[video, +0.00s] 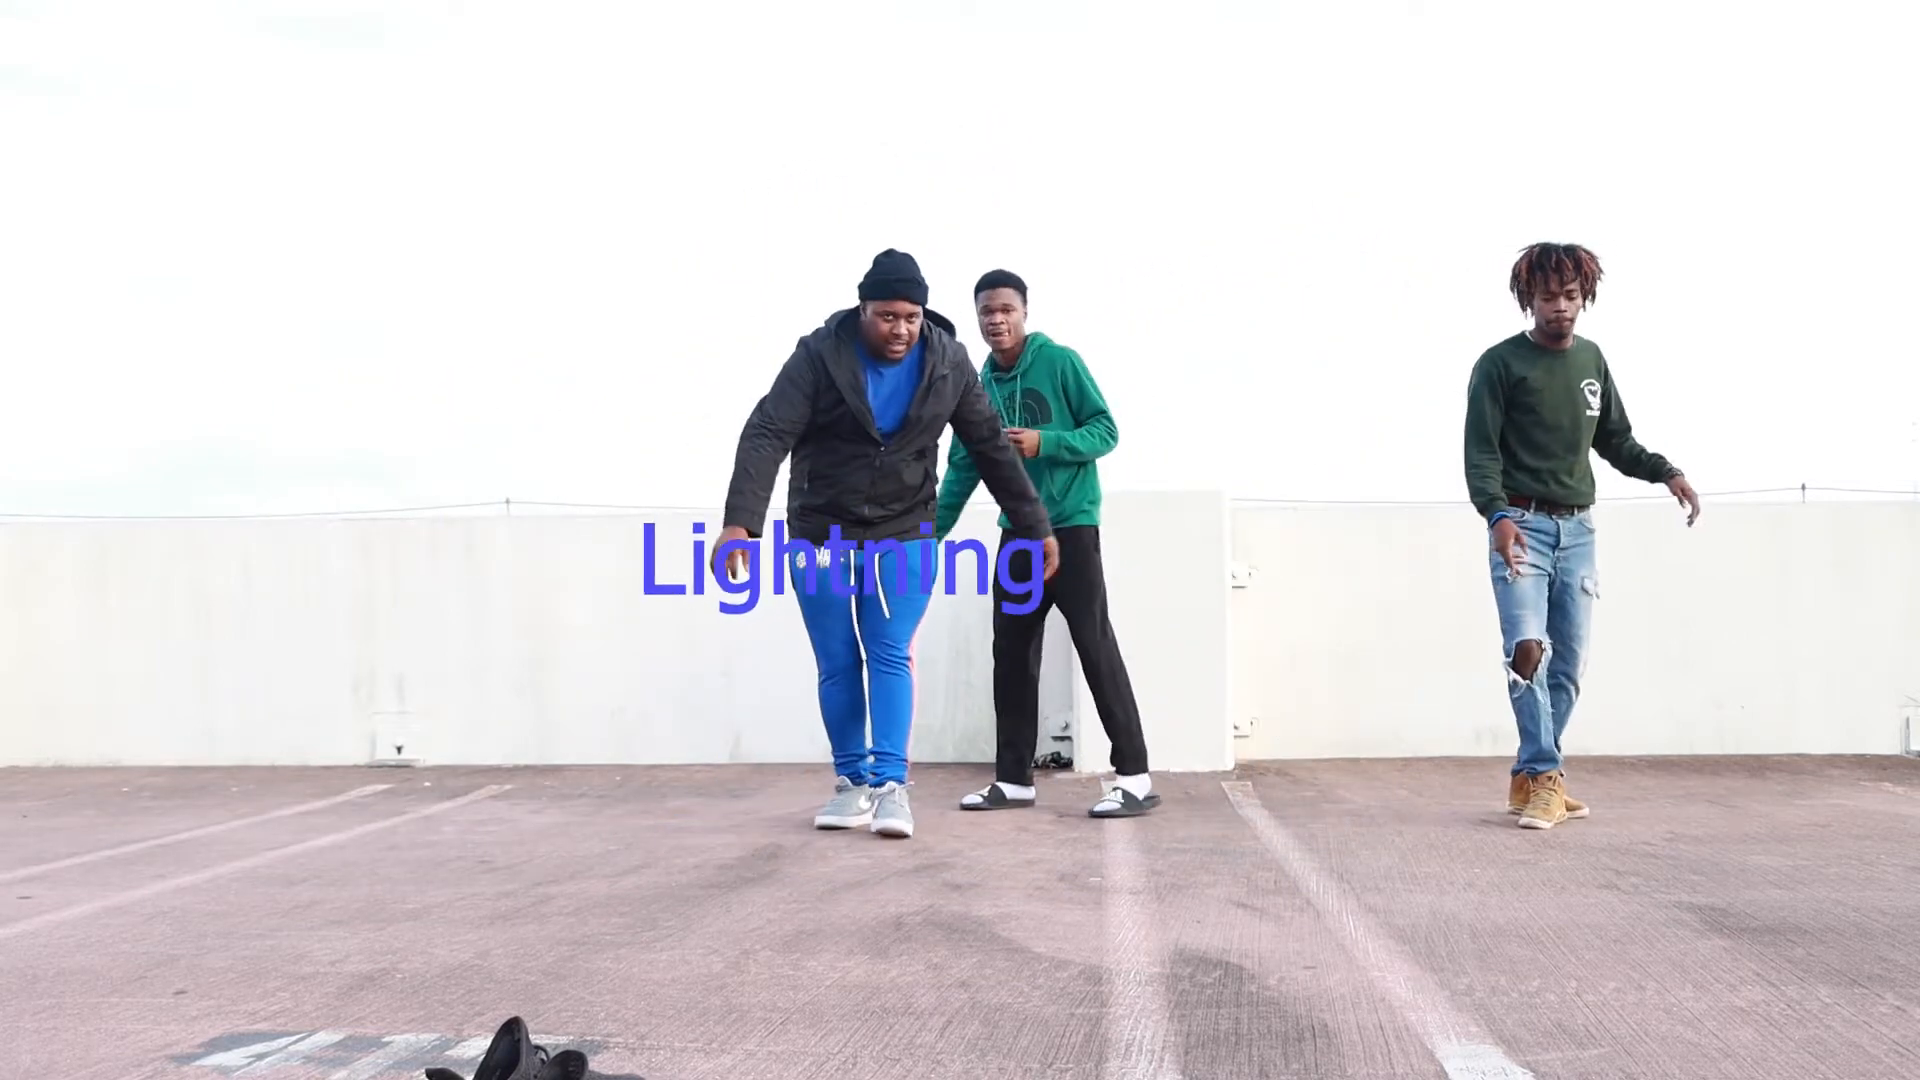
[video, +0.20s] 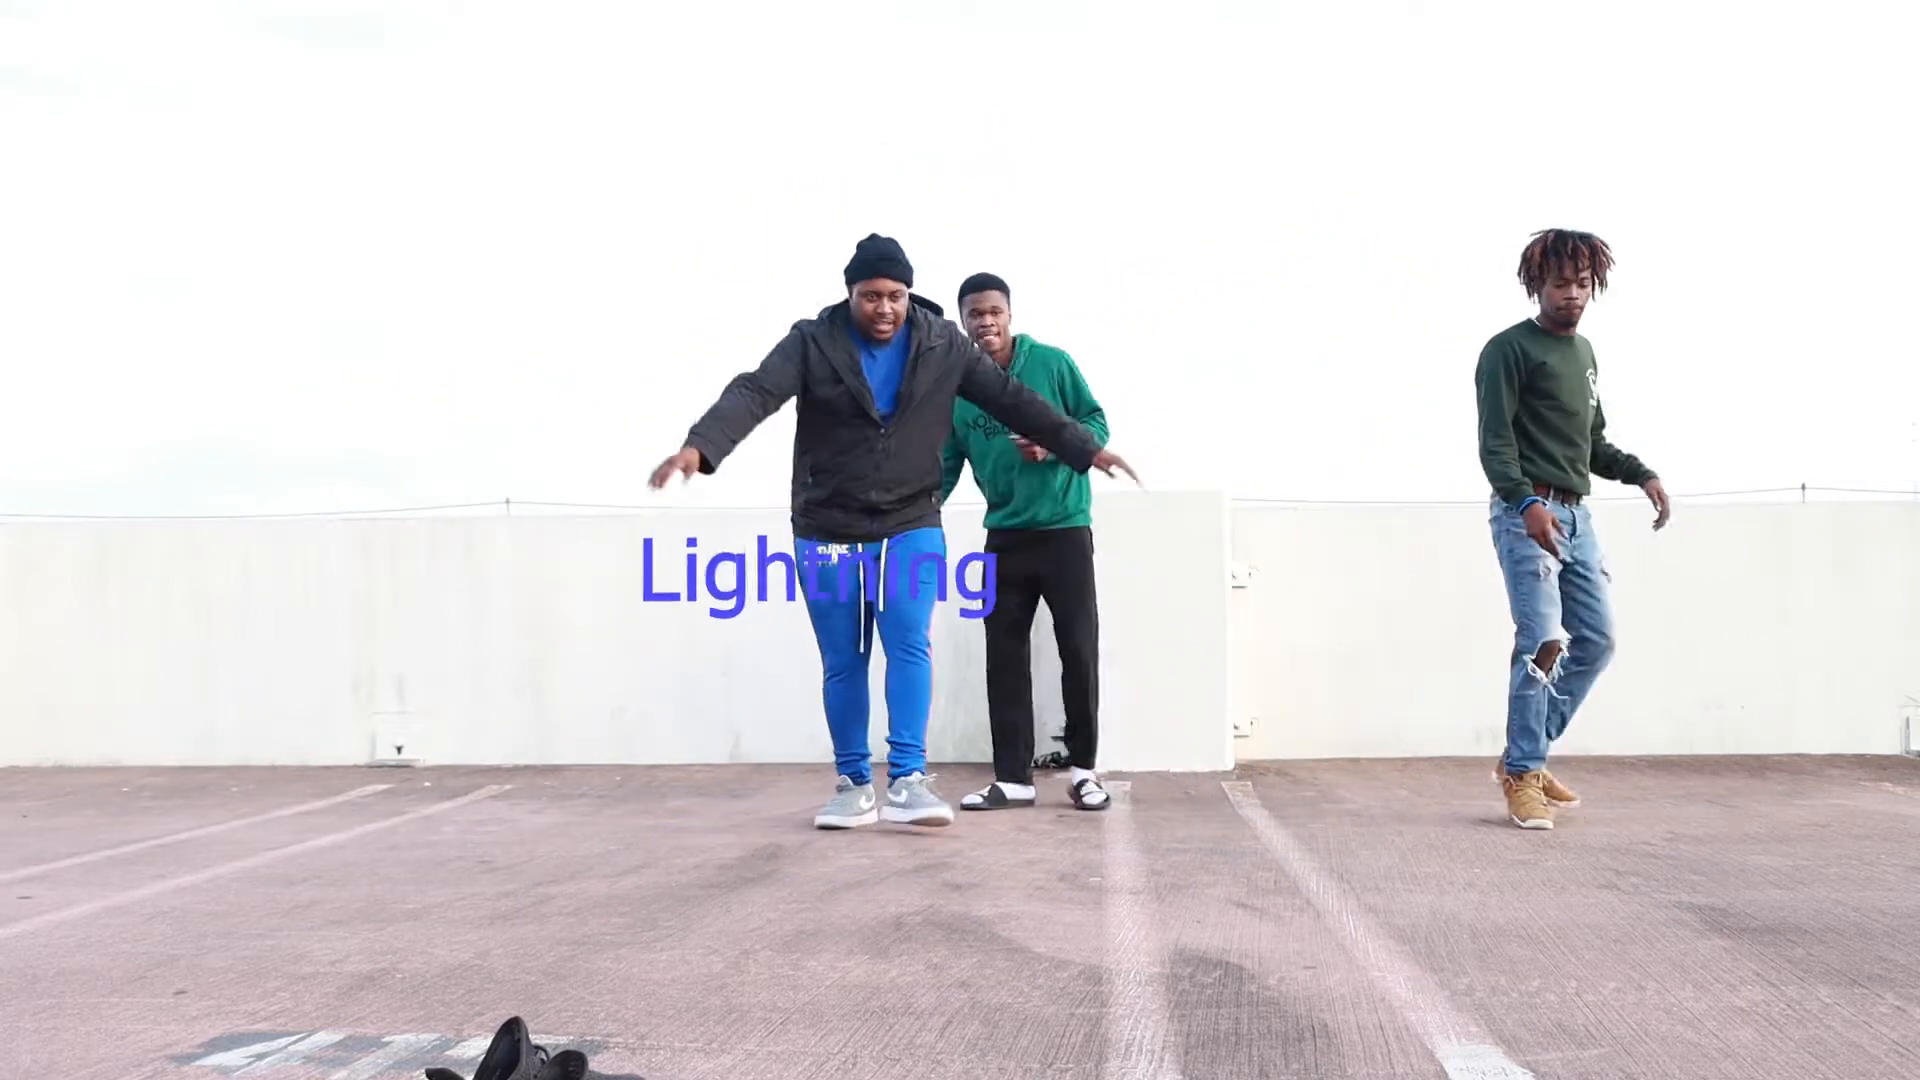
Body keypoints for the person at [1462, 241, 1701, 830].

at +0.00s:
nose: (1560, 307)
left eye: (1569, 295)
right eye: (1548, 296)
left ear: (1583, 297)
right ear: (1527, 299)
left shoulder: (1590, 359)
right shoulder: (1498, 364)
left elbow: (1613, 440)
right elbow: (1480, 454)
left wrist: (1666, 472)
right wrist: (1498, 516)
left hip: (1577, 525)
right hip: (1520, 523)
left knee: (1567, 661)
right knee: (1528, 649)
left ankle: (1529, 778)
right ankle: (1544, 778)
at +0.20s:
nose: (1572, 294)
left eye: (1582, 283)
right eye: (1560, 282)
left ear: (1593, 285)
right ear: (1537, 283)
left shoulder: (1582, 352)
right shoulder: (1506, 350)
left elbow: (1592, 445)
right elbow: (1495, 444)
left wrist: (1642, 475)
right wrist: (1525, 504)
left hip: (1576, 513)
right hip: (1523, 510)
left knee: (1594, 642)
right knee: (1542, 639)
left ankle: (1529, 757)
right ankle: (1520, 771)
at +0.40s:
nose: (1579, 296)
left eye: (1588, 286)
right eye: (1566, 285)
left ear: (1598, 288)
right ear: (1541, 286)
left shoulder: (1587, 353)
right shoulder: (1511, 352)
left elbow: (1595, 449)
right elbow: (1497, 451)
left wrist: (1640, 492)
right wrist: (1522, 510)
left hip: (1588, 517)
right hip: (1536, 515)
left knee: (1613, 646)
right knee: (1542, 648)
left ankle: (1620, 783)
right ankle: (1525, 780)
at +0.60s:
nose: (1596, 294)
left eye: (1605, 283)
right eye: (1584, 283)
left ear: (1614, 287)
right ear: (1558, 285)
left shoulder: (1608, 353)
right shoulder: (1527, 350)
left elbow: (1617, 448)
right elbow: (1501, 442)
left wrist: (1660, 498)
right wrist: (1506, 516)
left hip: (1603, 517)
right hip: (1548, 515)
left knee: (1627, 650)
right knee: (1547, 649)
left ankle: (1620, 785)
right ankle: (1523, 781)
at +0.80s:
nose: (1616, 299)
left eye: (1625, 287)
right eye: (1604, 289)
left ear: (1637, 289)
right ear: (1579, 290)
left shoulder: (1644, 354)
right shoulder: (1546, 356)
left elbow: (1663, 440)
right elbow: (1514, 444)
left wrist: (1690, 501)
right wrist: (1496, 523)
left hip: (1630, 521)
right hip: (1568, 520)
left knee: (1649, 657)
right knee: (1557, 651)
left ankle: (1637, 783)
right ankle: (1527, 781)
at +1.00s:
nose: (1612, 289)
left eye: (1622, 277)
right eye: (1599, 279)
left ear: (1637, 277)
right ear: (1580, 282)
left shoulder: (1667, 347)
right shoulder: (1557, 354)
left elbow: (1696, 431)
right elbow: (1537, 443)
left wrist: (1705, 503)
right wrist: (1514, 516)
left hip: (1648, 517)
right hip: (1575, 516)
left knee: (1660, 657)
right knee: (1553, 648)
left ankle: (1646, 781)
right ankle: (1579, 754)